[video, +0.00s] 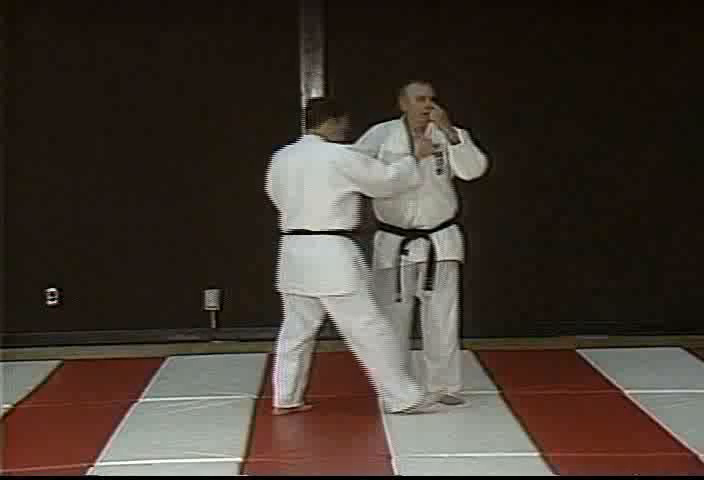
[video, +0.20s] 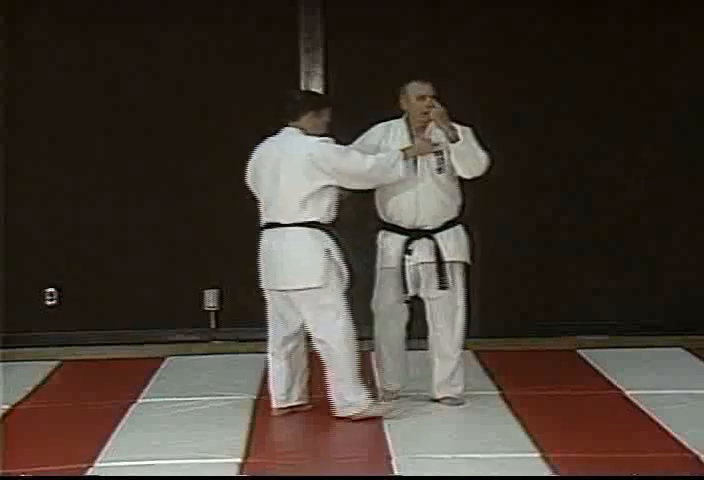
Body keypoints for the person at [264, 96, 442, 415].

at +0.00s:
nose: (347, 127)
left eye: (345, 120)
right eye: (343, 121)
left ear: (311, 123)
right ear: (330, 123)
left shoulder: (281, 158)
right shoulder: (341, 157)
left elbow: (274, 192)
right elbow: (384, 181)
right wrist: (415, 160)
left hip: (293, 250)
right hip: (334, 249)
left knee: (296, 329)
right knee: (366, 325)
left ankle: (285, 398)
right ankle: (400, 397)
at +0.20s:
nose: (328, 124)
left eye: (328, 118)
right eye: (325, 118)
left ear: (294, 117)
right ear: (311, 117)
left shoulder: (262, 152)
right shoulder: (317, 150)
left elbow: (253, 182)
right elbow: (363, 168)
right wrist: (406, 154)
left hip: (271, 244)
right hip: (309, 244)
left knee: (282, 330)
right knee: (333, 326)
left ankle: (285, 397)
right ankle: (350, 401)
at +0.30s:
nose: (320, 124)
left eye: (321, 118)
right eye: (317, 118)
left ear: (287, 117)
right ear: (301, 116)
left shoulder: (254, 150)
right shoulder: (309, 150)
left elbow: (246, 182)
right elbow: (356, 166)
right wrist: (405, 152)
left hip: (261, 245)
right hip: (298, 244)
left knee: (277, 330)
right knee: (323, 326)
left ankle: (281, 399)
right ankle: (325, 404)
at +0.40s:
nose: (314, 125)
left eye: (314, 118)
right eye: (311, 118)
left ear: (281, 116)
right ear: (294, 116)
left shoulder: (247, 150)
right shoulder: (301, 150)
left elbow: (237, 181)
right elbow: (349, 166)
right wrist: (400, 153)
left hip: (254, 245)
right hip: (291, 246)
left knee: (269, 330)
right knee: (308, 327)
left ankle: (271, 400)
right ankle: (296, 404)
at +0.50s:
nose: (308, 123)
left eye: (308, 117)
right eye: (304, 117)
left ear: (273, 118)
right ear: (287, 116)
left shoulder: (241, 150)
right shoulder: (295, 152)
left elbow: (231, 182)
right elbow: (343, 169)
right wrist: (393, 155)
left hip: (248, 245)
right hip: (282, 246)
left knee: (264, 328)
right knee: (295, 328)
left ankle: (275, 396)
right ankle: (267, 403)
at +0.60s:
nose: (302, 126)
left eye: (302, 119)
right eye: (298, 120)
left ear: (269, 120)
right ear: (281, 119)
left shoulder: (235, 153)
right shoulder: (288, 155)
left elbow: (225, 187)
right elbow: (336, 171)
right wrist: (384, 156)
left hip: (242, 248)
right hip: (275, 249)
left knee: (263, 332)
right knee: (280, 334)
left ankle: (278, 403)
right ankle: (245, 408)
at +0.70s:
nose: (297, 128)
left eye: (296, 120)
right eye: (294, 121)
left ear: (262, 121)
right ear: (276, 120)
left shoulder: (229, 155)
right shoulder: (283, 157)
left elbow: (218, 190)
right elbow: (331, 172)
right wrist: (376, 156)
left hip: (236, 251)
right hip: (269, 251)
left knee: (264, 333)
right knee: (264, 336)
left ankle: (277, 404)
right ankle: (236, 417)